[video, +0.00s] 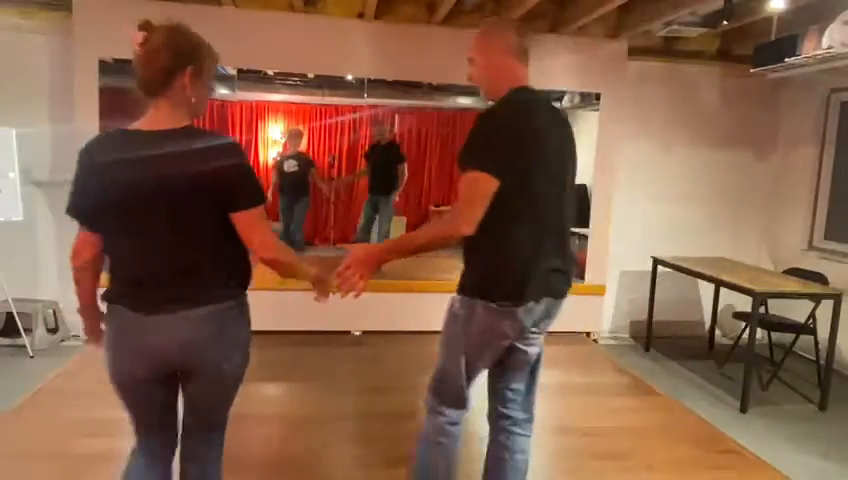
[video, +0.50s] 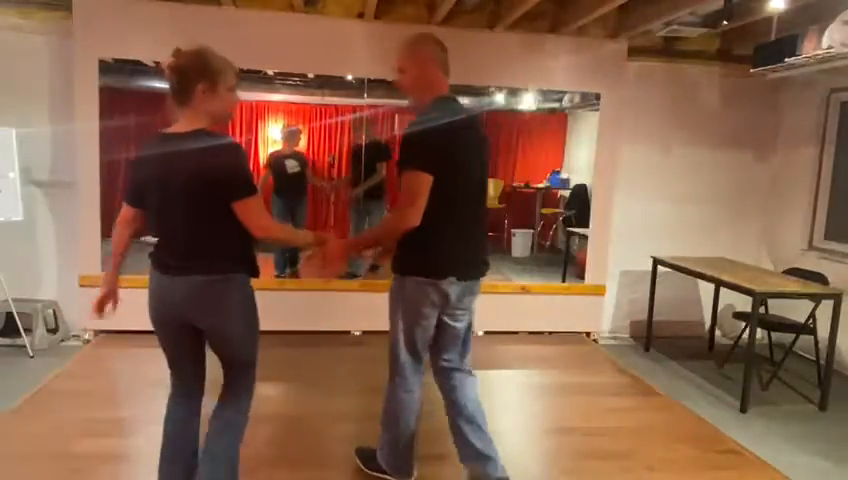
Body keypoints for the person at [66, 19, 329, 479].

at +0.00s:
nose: (212, 93)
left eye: (213, 81)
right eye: (210, 80)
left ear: (147, 79)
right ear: (186, 80)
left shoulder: (101, 154)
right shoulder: (220, 153)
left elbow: (84, 258)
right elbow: (265, 249)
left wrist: (90, 314)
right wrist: (310, 274)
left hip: (134, 329)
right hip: (213, 325)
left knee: (152, 441)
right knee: (206, 438)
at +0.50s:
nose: (235, 101)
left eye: (235, 91)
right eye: (230, 91)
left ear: (194, 93)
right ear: (203, 93)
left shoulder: (152, 153)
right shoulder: (225, 153)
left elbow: (126, 223)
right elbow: (262, 227)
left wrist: (109, 279)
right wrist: (313, 239)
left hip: (165, 291)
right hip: (221, 291)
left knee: (184, 384)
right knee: (239, 378)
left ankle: (173, 475)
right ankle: (214, 473)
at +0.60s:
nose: (238, 102)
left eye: (238, 94)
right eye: (233, 93)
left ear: (192, 96)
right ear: (208, 95)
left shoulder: (160, 151)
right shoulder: (227, 153)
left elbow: (143, 224)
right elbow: (260, 224)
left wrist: (140, 259)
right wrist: (308, 236)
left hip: (173, 289)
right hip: (226, 290)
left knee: (185, 387)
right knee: (240, 385)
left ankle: (175, 476)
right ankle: (239, 473)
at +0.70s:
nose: (242, 107)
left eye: (243, 97)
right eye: (238, 97)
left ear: (192, 99)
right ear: (214, 99)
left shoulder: (169, 158)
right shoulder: (232, 156)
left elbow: (165, 225)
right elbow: (263, 225)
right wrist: (316, 237)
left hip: (182, 284)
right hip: (233, 287)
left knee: (190, 381)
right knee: (238, 376)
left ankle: (175, 475)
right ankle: (237, 455)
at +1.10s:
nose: (260, 110)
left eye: (260, 103)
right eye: (256, 102)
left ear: (219, 105)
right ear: (234, 104)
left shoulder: (203, 155)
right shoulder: (243, 159)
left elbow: (199, 216)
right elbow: (274, 223)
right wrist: (331, 242)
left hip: (213, 267)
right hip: (246, 271)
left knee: (234, 350)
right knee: (247, 360)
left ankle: (221, 437)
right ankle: (229, 454)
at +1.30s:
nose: (265, 112)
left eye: (264, 104)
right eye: (261, 104)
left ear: (226, 107)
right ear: (241, 105)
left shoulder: (217, 153)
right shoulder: (241, 161)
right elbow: (275, 222)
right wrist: (333, 244)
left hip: (225, 261)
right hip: (247, 267)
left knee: (244, 349)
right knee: (249, 358)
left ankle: (243, 423)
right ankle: (230, 454)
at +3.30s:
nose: (272, 113)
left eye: (271, 105)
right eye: (270, 105)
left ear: (233, 106)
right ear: (256, 105)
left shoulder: (224, 151)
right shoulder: (252, 152)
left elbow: (221, 205)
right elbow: (276, 207)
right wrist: (307, 248)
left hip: (231, 252)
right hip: (251, 256)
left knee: (255, 342)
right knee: (254, 350)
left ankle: (248, 422)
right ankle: (231, 457)